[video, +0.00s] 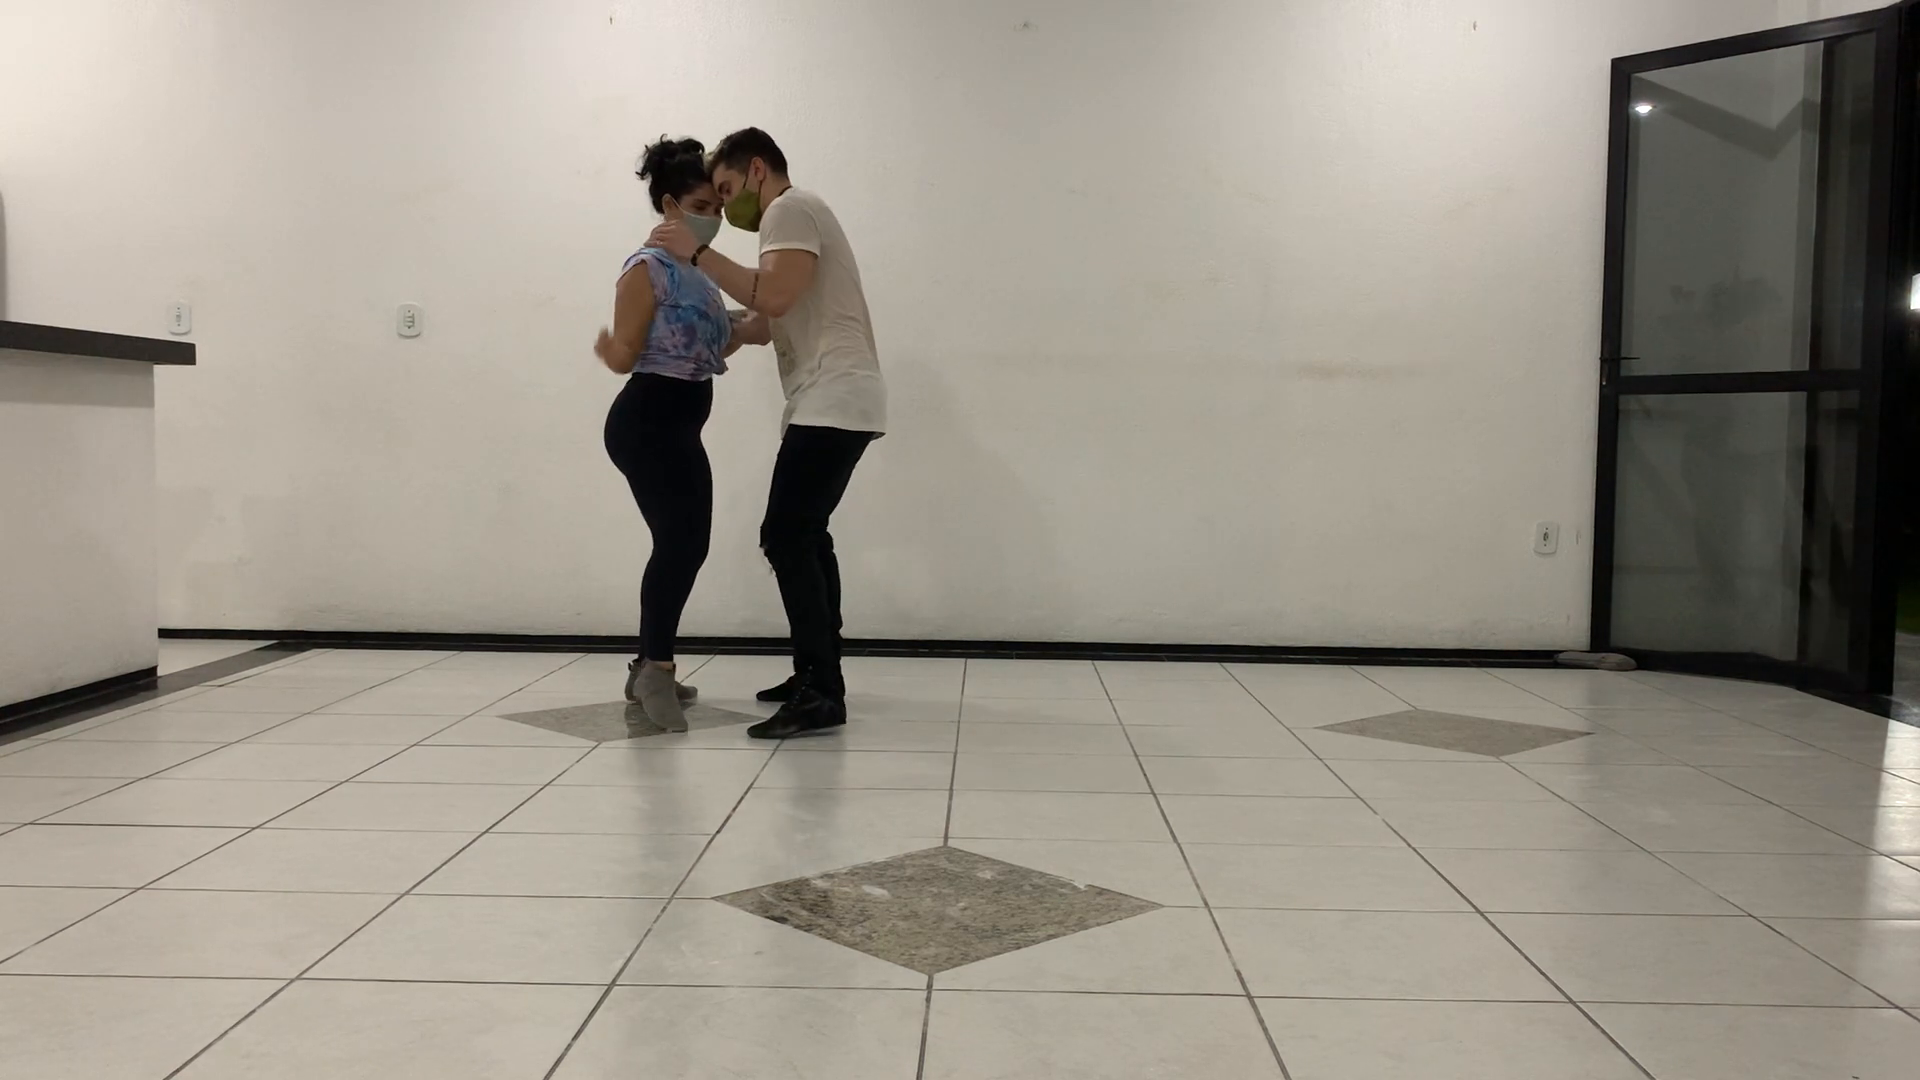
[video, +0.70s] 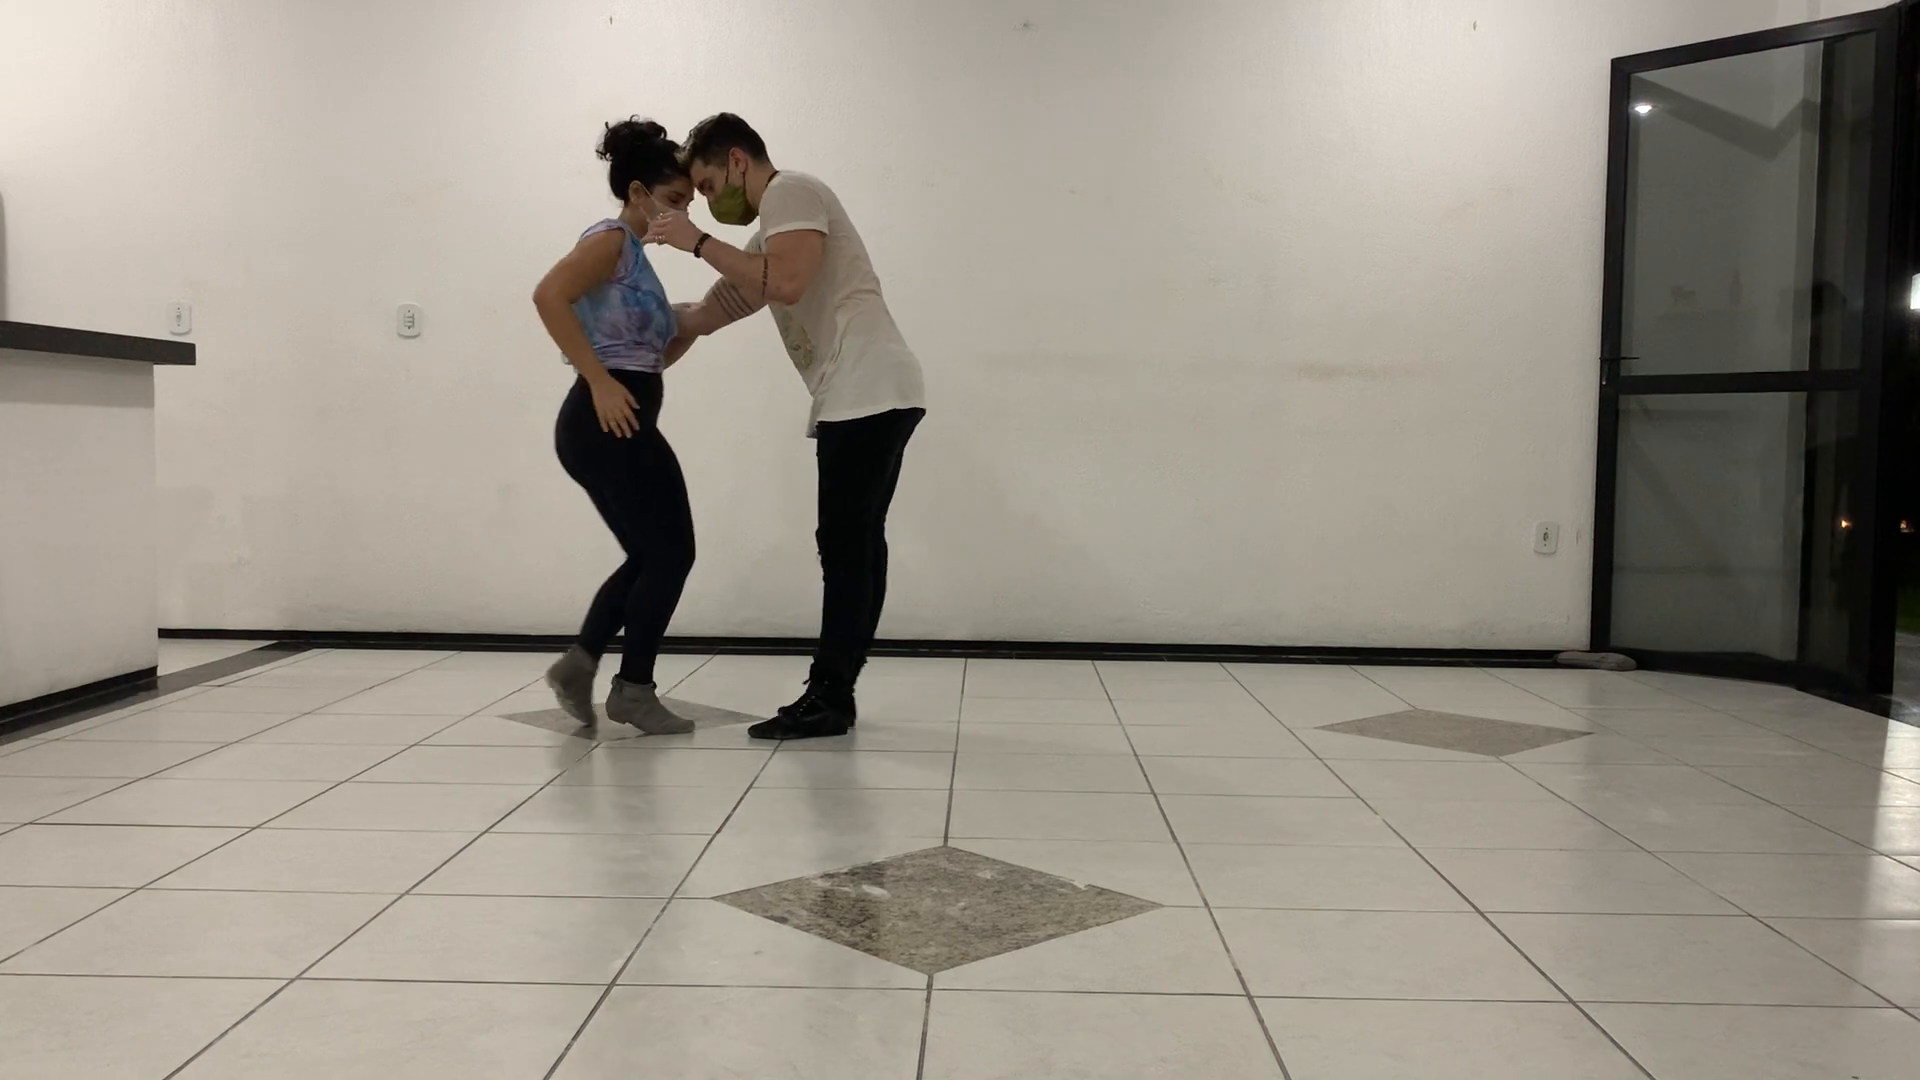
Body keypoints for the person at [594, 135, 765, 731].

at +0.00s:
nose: (712, 219)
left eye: (716, 206)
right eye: (698, 206)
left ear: (718, 203)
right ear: (666, 207)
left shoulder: (699, 274)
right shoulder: (646, 272)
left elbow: (705, 346)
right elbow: (622, 358)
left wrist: (748, 330)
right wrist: (606, 343)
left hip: (680, 423)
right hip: (645, 421)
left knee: (690, 544)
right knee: (675, 543)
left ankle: (652, 665)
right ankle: (654, 672)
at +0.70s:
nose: (683, 213)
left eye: (687, 202)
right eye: (674, 201)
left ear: (656, 194)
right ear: (635, 193)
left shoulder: (633, 258)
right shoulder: (608, 244)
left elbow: (660, 353)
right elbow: (548, 296)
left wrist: (708, 311)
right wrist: (598, 380)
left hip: (611, 419)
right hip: (612, 418)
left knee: (653, 552)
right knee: (670, 550)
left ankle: (578, 664)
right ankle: (633, 688)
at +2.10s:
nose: (541, 156)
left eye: (535, 148)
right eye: (528, 152)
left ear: (509, 176)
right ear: (501, 175)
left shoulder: (530, 252)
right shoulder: (493, 241)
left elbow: (559, 333)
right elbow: (449, 323)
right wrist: (468, 417)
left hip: (517, 420)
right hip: (480, 419)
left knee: (548, 555)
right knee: (516, 559)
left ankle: (507, 692)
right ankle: (471, 706)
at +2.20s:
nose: (519, 159)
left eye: (512, 150)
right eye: (505, 154)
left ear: (485, 178)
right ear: (477, 178)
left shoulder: (511, 248)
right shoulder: (478, 249)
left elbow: (559, 329)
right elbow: (454, 339)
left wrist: (630, 307)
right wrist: (492, 424)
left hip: (523, 422)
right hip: (483, 423)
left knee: (551, 556)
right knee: (522, 561)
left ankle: (506, 690)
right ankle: (473, 704)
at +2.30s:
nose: (505, 162)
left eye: (499, 153)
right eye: (493, 157)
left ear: (468, 179)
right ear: (463, 178)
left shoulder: (501, 247)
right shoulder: (465, 252)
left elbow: (563, 324)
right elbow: (460, 344)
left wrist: (636, 302)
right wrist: (520, 418)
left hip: (526, 416)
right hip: (487, 420)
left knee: (551, 557)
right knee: (525, 563)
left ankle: (507, 692)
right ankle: (474, 705)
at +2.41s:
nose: (498, 170)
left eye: (492, 160)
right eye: (486, 163)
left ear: (458, 182)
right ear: (454, 181)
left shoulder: (487, 248)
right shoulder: (453, 254)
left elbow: (545, 324)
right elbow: (465, 347)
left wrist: (619, 301)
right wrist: (543, 405)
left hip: (526, 417)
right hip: (491, 421)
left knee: (550, 558)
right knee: (526, 563)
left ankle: (507, 693)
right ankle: (474, 705)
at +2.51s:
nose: (494, 177)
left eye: (490, 167)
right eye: (483, 169)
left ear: (451, 185)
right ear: (449, 183)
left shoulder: (478, 248)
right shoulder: (447, 257)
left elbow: (536, 324)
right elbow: (469, 343)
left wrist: (620, 300)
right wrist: (566, 386)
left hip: (525, 417)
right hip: (492, 420)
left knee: (552, 558)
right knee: (526, 563)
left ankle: (508, 693)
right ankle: (474, 705)